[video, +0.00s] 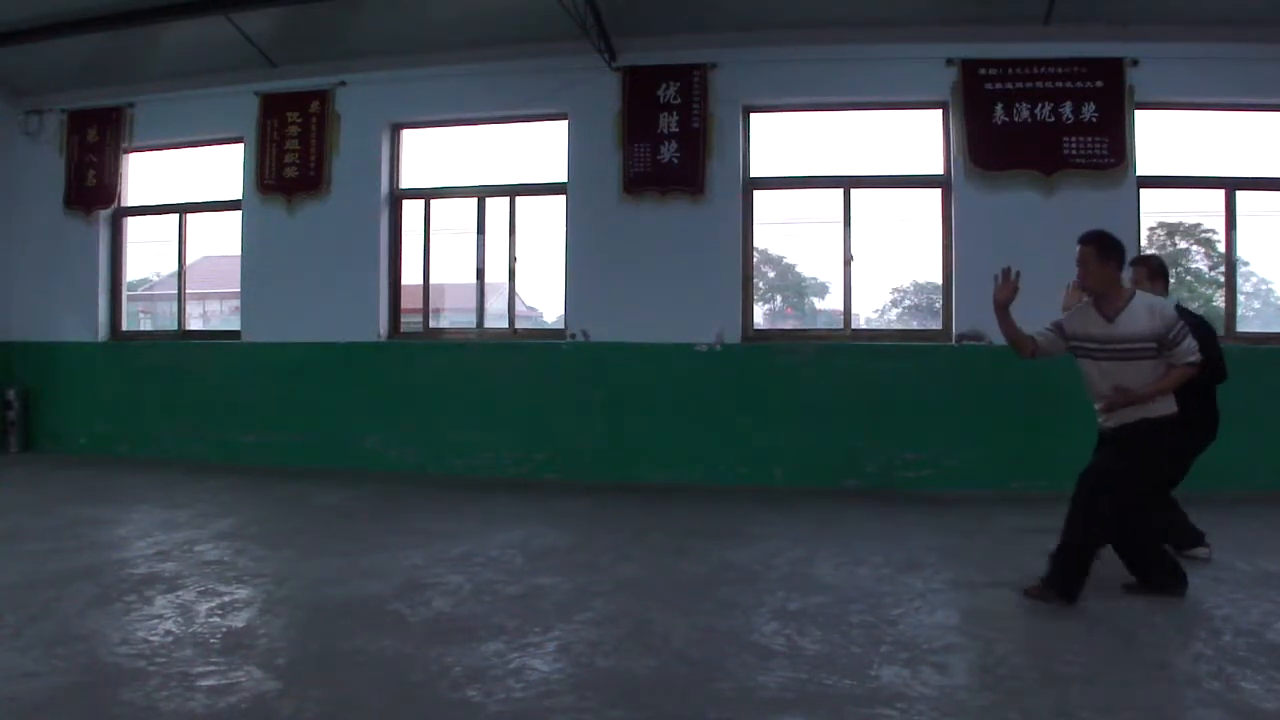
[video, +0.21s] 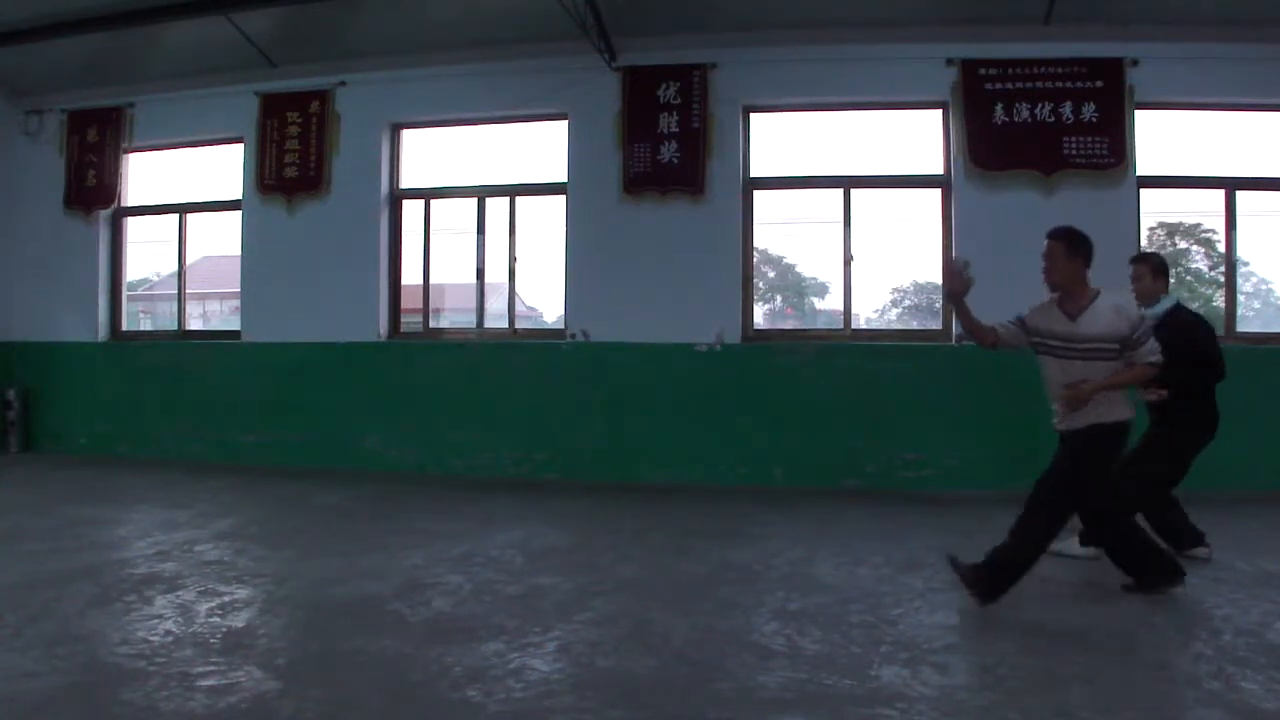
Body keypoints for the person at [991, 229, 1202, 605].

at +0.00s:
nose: (1077, 271)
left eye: (1084, 264)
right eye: (1077, 263)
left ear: (1111, 266)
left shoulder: (1158, 312)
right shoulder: (1075, 320)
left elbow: (1190, 364)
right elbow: (1029, 348)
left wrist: (1140, 395)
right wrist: (1002, 311)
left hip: (1158, 426)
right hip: (1113, 430)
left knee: (1093, 491)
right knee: (1118, 504)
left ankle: (1062, 585)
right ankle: (1162, 578)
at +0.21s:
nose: (1043, 268)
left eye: (1051, 261)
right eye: (1044, 260)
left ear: (1079, 264)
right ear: (1061, 265)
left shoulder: (1120, 312)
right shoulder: (1040, 318)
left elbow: (1150, 365)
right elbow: (987, 337)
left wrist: (1094, 388)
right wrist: (958, 301)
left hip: (1108, 428)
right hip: (1071, 430)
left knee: (1047, 504)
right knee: (1101, 516)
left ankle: (989, 580)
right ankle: (1158, 571)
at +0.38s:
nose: (998, 251)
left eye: (1006, 244)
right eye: (999, 244)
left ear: (1033, 249)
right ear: (1009, 249)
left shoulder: (1065, 305)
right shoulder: (989, 299)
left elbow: (1079, 366)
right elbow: (938, 319)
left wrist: (1017, 354)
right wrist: (903, 279)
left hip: (1043, 422)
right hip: (1007, 422)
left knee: (980, 498)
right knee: (1048, 499)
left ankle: (969, 595)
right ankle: (1121, 541)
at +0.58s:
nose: (915, 217)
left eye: (923, 210)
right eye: (917, 209)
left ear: (945, 217)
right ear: (946, 218)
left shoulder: (952, 264)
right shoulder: (959, 263)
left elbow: (885, 292)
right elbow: (953, 332)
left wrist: (852, 258)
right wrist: (914, 316)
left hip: (968, 388)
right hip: (945, 381)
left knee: (952, 483)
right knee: (871, 392)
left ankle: (960, 587)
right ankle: (851, 482)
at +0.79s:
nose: (857, 222)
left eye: (864, 214)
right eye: (859, 214)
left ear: (890, 219)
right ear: (891, 220)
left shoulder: (890, 267)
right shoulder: (902, 266)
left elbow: (818, 283)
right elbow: (897, 338)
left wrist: (780, 239)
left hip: (899, 395)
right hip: (893, 388)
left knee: (868, 494)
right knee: (818, 347)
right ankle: (821, 443)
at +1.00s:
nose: (811, 239)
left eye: (819, 230)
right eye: (813, 230)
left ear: (845, 236)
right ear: (842, 238)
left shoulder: (860, 288)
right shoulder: (842, 290)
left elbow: (790, 297)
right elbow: (858, 353)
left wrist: (724, 280)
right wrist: (816, 358)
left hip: (854, 424)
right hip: (815, 416)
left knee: (810, 513)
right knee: (745, 463)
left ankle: (842, 605)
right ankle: (709, 548)